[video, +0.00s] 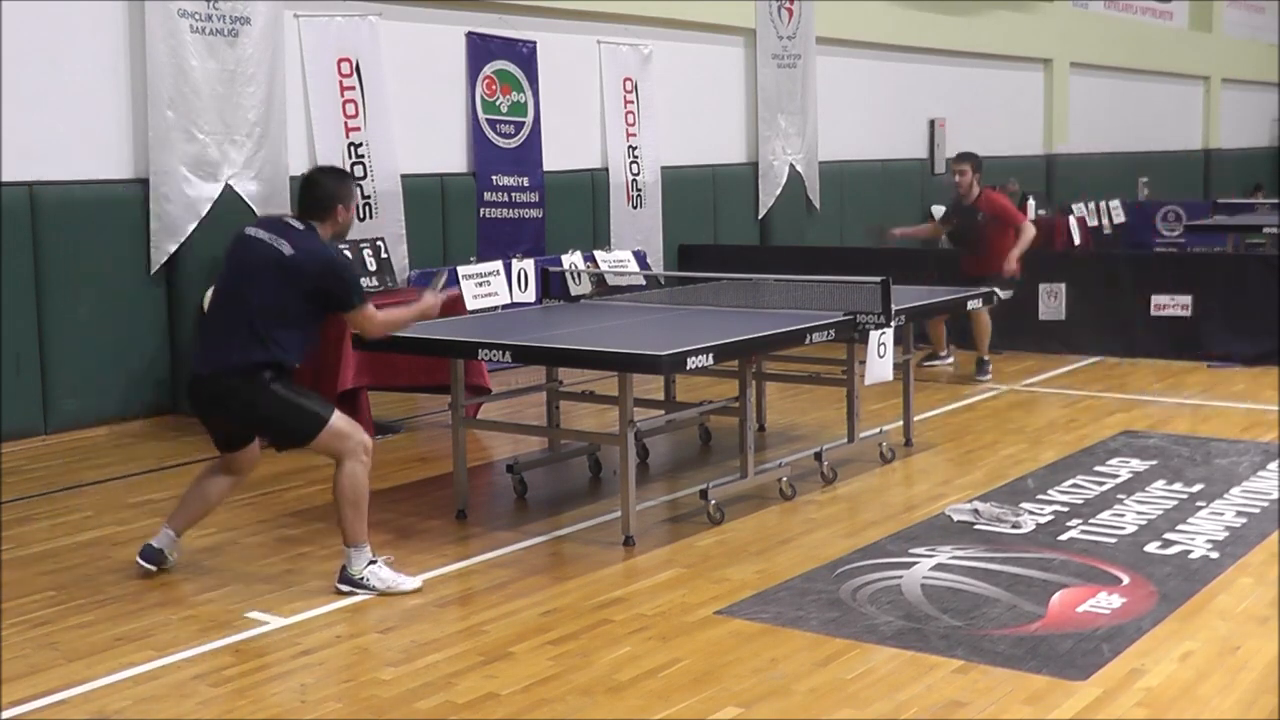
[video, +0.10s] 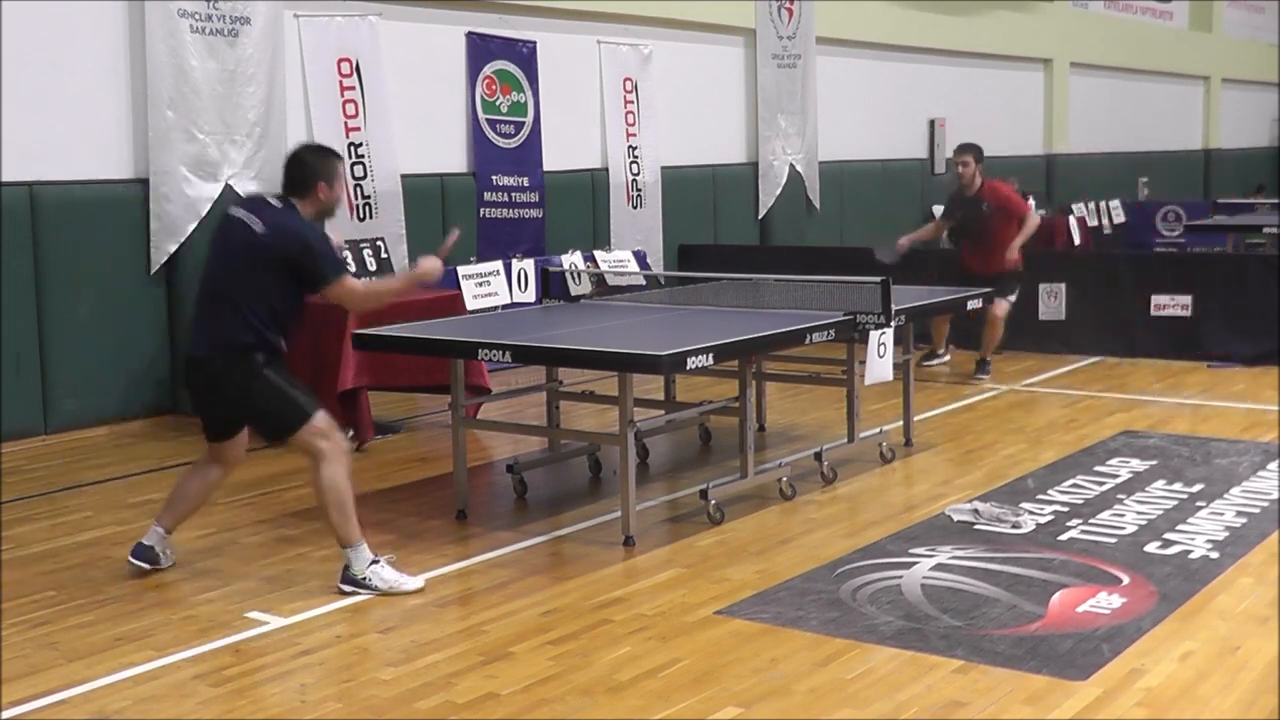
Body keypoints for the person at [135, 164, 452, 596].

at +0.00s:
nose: (354, 213)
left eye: (353, 205)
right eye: (352, 206)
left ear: (304, 203)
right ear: (341, 212)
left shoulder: (257, 229)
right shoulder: (328, 261)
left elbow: (217, 300)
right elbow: (370, 325)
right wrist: (422, 309)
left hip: (207, 380)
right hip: (252, 384)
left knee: (238, 461)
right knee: (356, 446)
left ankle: (162, 544)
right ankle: (359, 565)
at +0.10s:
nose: (345, 192)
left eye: (344, 183)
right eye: (340, 183)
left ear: (295, 186)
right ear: (320, 189)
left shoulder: (245, 210)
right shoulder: (301, 237)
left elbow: (270, 272)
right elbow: (355, 297)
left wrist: (321, 255)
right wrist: (415, 277)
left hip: (204, 362)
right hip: (243, 366)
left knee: (223, 455)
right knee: (330, 444)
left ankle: (153, 542)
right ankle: (360, 563)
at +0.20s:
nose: (310, 162)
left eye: (311, 153)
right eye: (307, 154)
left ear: (267, 151)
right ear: (284, 154)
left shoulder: (221, 177)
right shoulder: (252, 197)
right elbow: (291, 265)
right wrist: (353, 245)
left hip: (196, 337)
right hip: (230, 340)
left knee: (201, 440)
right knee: (282, 445)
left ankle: (147, 539)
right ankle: (311, 563)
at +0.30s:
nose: (300, 143)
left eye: (298, 133)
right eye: (296, 133)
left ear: (254, 134)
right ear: (275, 136)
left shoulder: (211, 167)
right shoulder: (239, 180)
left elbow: (210, 246)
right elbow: (247, 257)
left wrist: (270, 233)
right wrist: (313, 245)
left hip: (188, 325)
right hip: (222, 328)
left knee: (191, 434)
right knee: (264, 439)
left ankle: (146, 535)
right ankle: (240, 564)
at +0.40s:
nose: (285, 132)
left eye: (283, 123)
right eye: (281, 124)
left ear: (240, 128)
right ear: (263, 129)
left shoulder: (202, 165)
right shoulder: (240, 181)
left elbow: (167, 216)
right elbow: (214, 259)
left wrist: (249, 232)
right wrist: (273, 297)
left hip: (177, 323)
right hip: (210, 328)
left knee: (194, 431)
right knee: (229, 447)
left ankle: (147, 524)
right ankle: (170, 568)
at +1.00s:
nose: (278, 123)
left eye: (275, 113)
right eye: (273, 114)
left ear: (238, 121)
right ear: (249, 120)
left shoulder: (205, 158)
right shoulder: (228, 169)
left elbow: (198, 242)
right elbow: (230, 249)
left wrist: (232, 279)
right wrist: (287, 293)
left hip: (178, 305)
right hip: (196, 310)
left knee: (199, 405)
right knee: (241, 411)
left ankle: (166, 499)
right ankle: (236, 527)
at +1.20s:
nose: (287, 160)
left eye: (285, 151)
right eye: (280, 152)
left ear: (252, 161)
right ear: (256, 160)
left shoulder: (238, 203)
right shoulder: (230, 208)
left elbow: (254, 267)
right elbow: (240, 289)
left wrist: (299, 292)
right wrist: (304, 318)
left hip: (214, 338)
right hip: (212, 342)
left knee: (227, 413)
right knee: (297, 417)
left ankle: (196, 498)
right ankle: (275, 518)